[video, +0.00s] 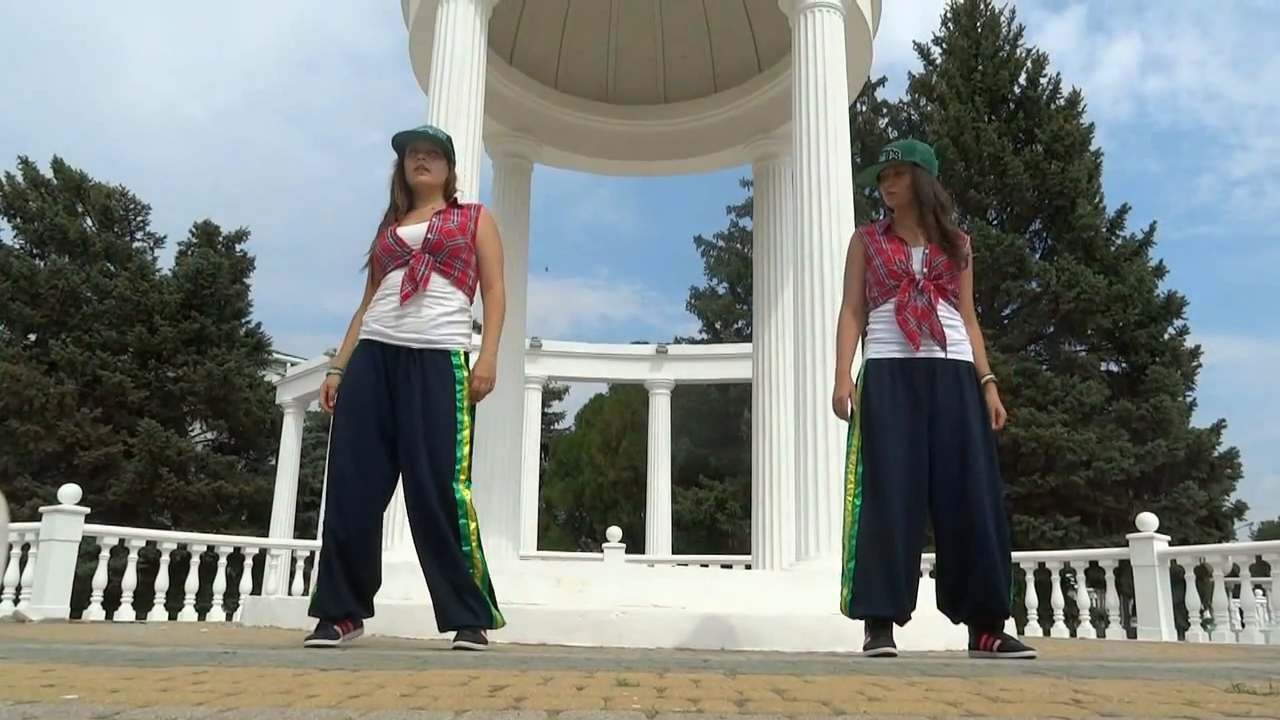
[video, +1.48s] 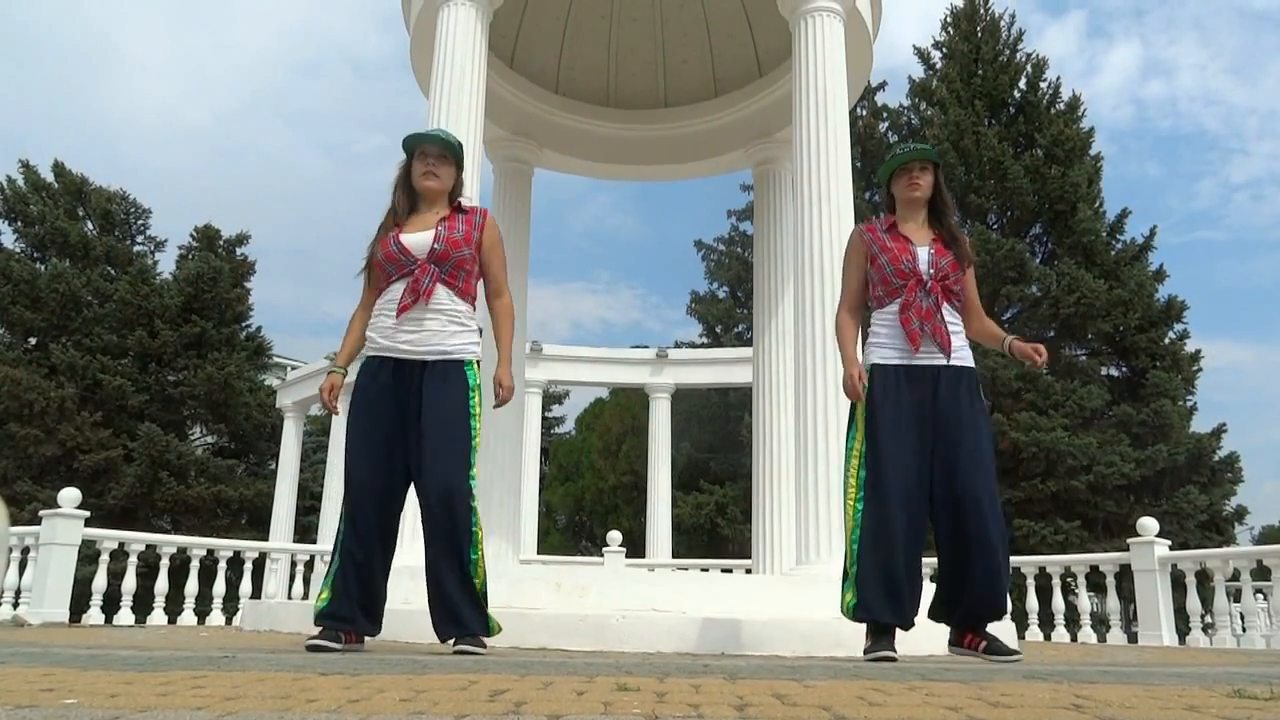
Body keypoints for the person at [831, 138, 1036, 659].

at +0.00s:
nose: (886, 184)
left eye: (896, 174)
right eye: (882, 176)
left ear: (923, 180)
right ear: (880, 184)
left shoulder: (955, 242)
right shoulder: (867, 240)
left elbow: (967, 314)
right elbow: (852, 311)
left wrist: (987, 380)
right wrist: (843, 375)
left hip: (954, 379)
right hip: (890, 379)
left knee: (973, 496)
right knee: (890, 499)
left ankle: (986, 630)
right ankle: (880, 626)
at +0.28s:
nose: (891, 183)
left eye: (901, 174)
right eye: (888, 176)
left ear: (929, 181)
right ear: (887, 186)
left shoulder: (960, 243)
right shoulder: (872, 241)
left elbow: (973, 316)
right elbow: (859, 311)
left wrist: (995, 378)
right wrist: (850, 377)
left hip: (960, 378)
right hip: (896, 378)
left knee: (977, 496)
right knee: (895, 498)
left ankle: (985, 630)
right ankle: (880, 626)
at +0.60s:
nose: (904, 180)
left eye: (914, 172)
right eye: (897, 174)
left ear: (934, 182)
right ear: (888, 185)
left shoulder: (960, 242)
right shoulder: (872, 246)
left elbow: (979, 314)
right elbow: (864, 320)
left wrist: (1006, 370)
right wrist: (858, 384)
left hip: (965, 379)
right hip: (900, 379)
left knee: (981, 498)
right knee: (898, 499)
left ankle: (986, 632)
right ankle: (880, 628)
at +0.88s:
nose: (911, 181)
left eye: (920, 174)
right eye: (903, 174)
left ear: (933, 187)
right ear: (887, 186)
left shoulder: (953, 246)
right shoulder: (865, 248)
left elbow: (974, 317)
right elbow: (852, 320)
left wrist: (1002, 375)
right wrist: (858, 379)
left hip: (964, 380)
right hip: (901, 380)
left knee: (981, 498)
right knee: (900, 500)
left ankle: (985, 632)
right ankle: (881, 627)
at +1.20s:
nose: (912, 180)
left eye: (920, 174)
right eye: (903, 174)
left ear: (933, 186)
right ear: (887, 186)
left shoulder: (954, 247)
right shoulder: (867, 246)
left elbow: (971, 318)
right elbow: (854, 317)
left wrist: (996, 377)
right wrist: (853, 382)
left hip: (960, 381)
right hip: (895, 381)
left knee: (976, 499)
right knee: (894, 501)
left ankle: (985, 633)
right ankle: (880, 628)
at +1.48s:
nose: (915, 176)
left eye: (924, 169)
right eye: (906, 170)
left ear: (936, 182)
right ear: (890, 183)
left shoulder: (955, 242)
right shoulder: (867, 237)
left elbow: (975, 318)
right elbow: (849, 311)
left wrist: (1012, 344)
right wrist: (850, 362)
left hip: (956, 380)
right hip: (893, 380)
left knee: (972, 496)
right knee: (892, 499)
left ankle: (968, 627)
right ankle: (881, 628)